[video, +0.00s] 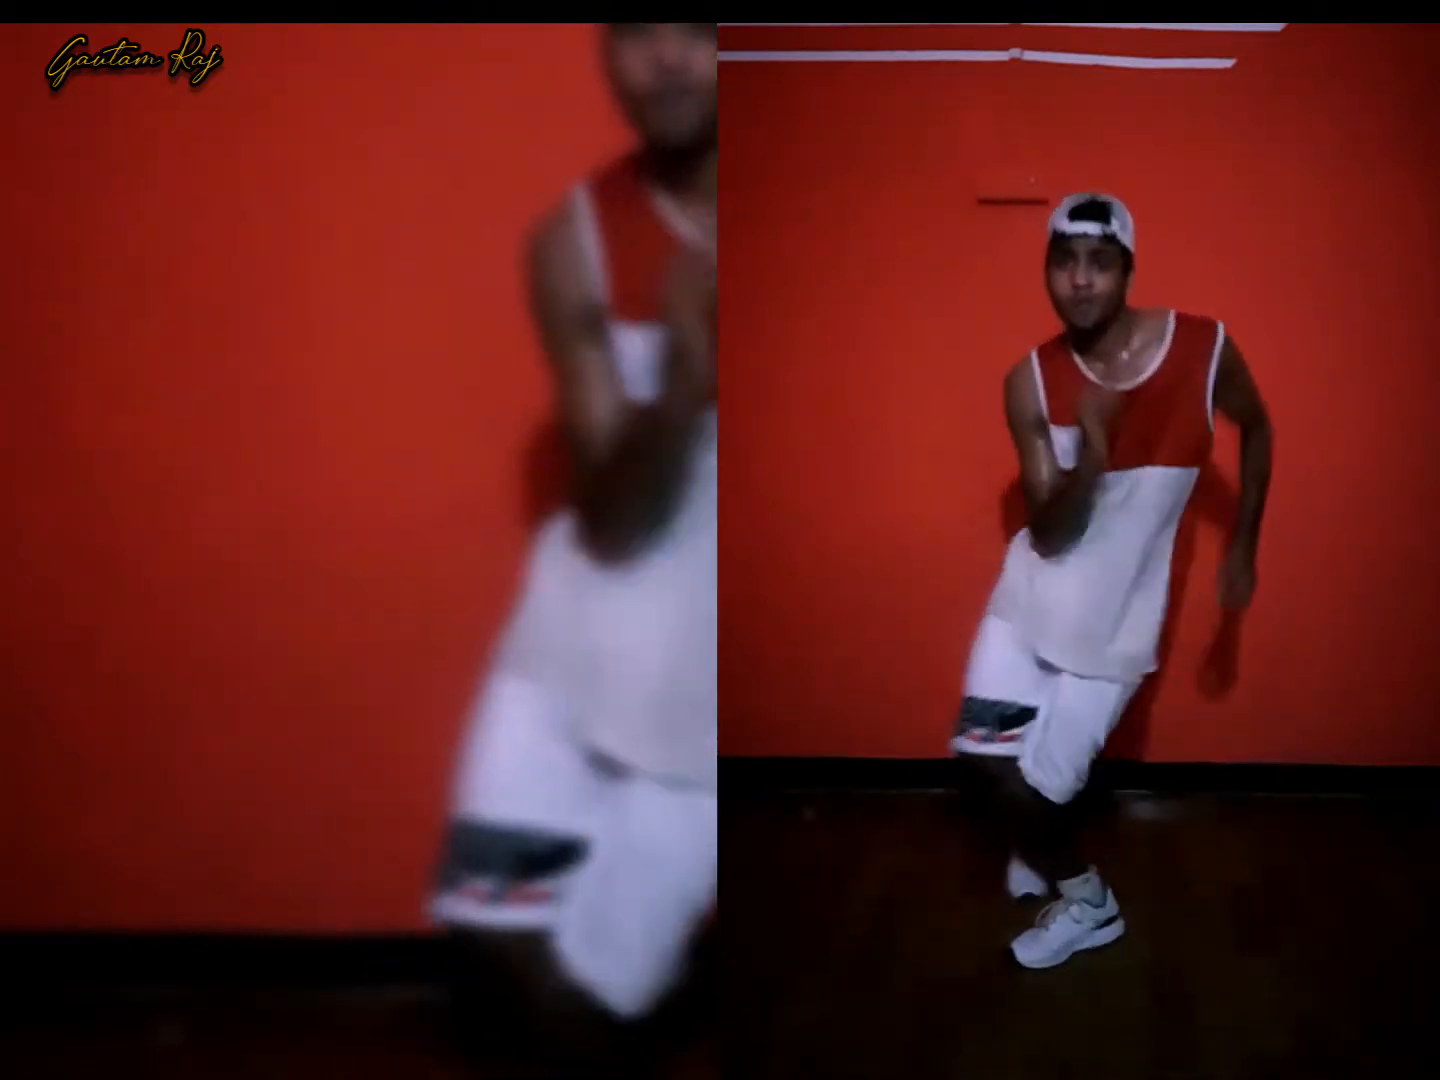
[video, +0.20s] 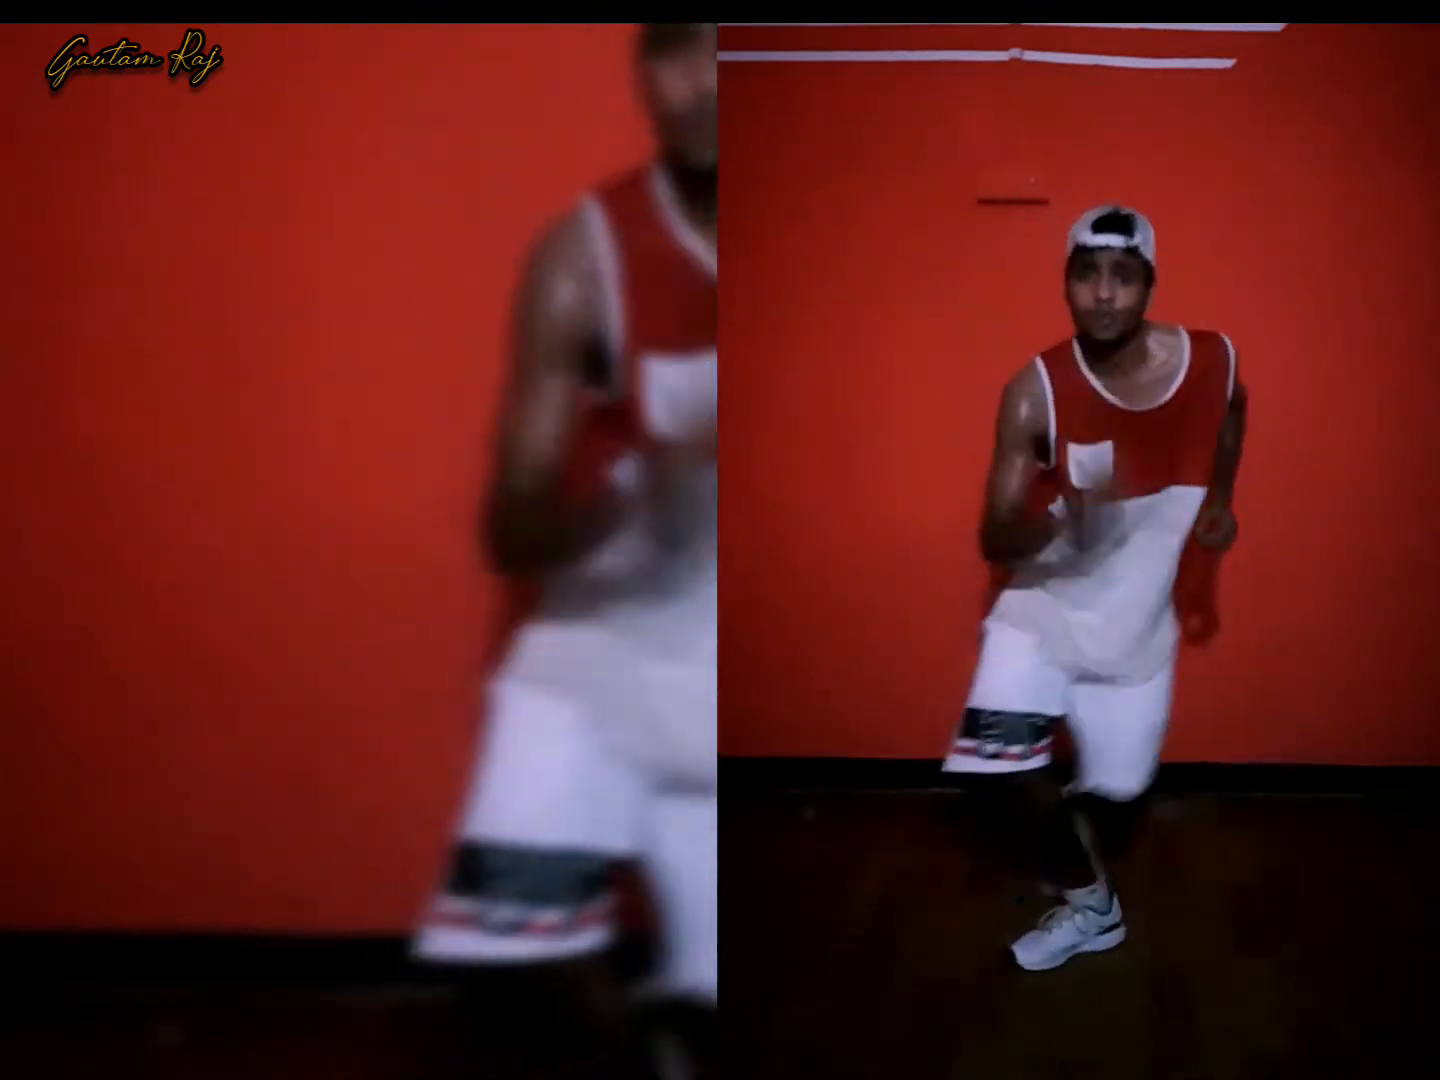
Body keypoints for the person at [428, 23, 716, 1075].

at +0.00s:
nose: (659, 62)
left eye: (682, 33)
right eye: (632, 37)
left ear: (732, 48)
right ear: (607, 61)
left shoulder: (818, 204)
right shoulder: (585, 236)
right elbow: (611, 514)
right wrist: (688, 373)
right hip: (608, 655)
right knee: (496, 917)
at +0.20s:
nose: (713, 82)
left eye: (734, 51)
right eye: (684, 51)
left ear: (773, 74)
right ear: (647, 78)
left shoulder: (830, 235)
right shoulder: (593, 251)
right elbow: (515, 531)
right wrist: (610, 474)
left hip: (748, 693)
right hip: (592, 674)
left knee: (729, 1015)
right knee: (500, 983)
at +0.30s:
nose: (731, 46)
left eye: (744, 27)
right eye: (708, 28)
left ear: (792, 45)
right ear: (670, 42)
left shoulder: (848, 182)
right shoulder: (609, 204)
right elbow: (485, 434)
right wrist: (585, 605)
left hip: (812, 629)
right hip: (667, 628)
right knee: (598, 957)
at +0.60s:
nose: (725, 61)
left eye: (736, 38)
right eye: (707, 37)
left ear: (787, 60)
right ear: (670, 57)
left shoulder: (850, 192)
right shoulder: (604, 222)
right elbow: (535, 388)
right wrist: (614, 518)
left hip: (835, 575)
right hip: (686, 578)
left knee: (847, 883)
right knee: (680, 911)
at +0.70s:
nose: (719, 82)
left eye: (732, 51)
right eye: (697, 52)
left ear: (778, 72)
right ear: (663, 75)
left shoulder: (850, 208)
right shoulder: (630, 239)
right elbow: (582, 503)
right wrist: (552, 431)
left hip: (831, 590)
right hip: (686, 584)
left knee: (837, 902)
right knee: (649, 915)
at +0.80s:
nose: (728, 64)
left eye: (738, 43)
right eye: (713, 43)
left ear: (805, 61)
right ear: (689, 57)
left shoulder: (868, 199)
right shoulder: (643, 222)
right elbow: (559, 440)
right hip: (697, 617)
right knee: (664, 910)